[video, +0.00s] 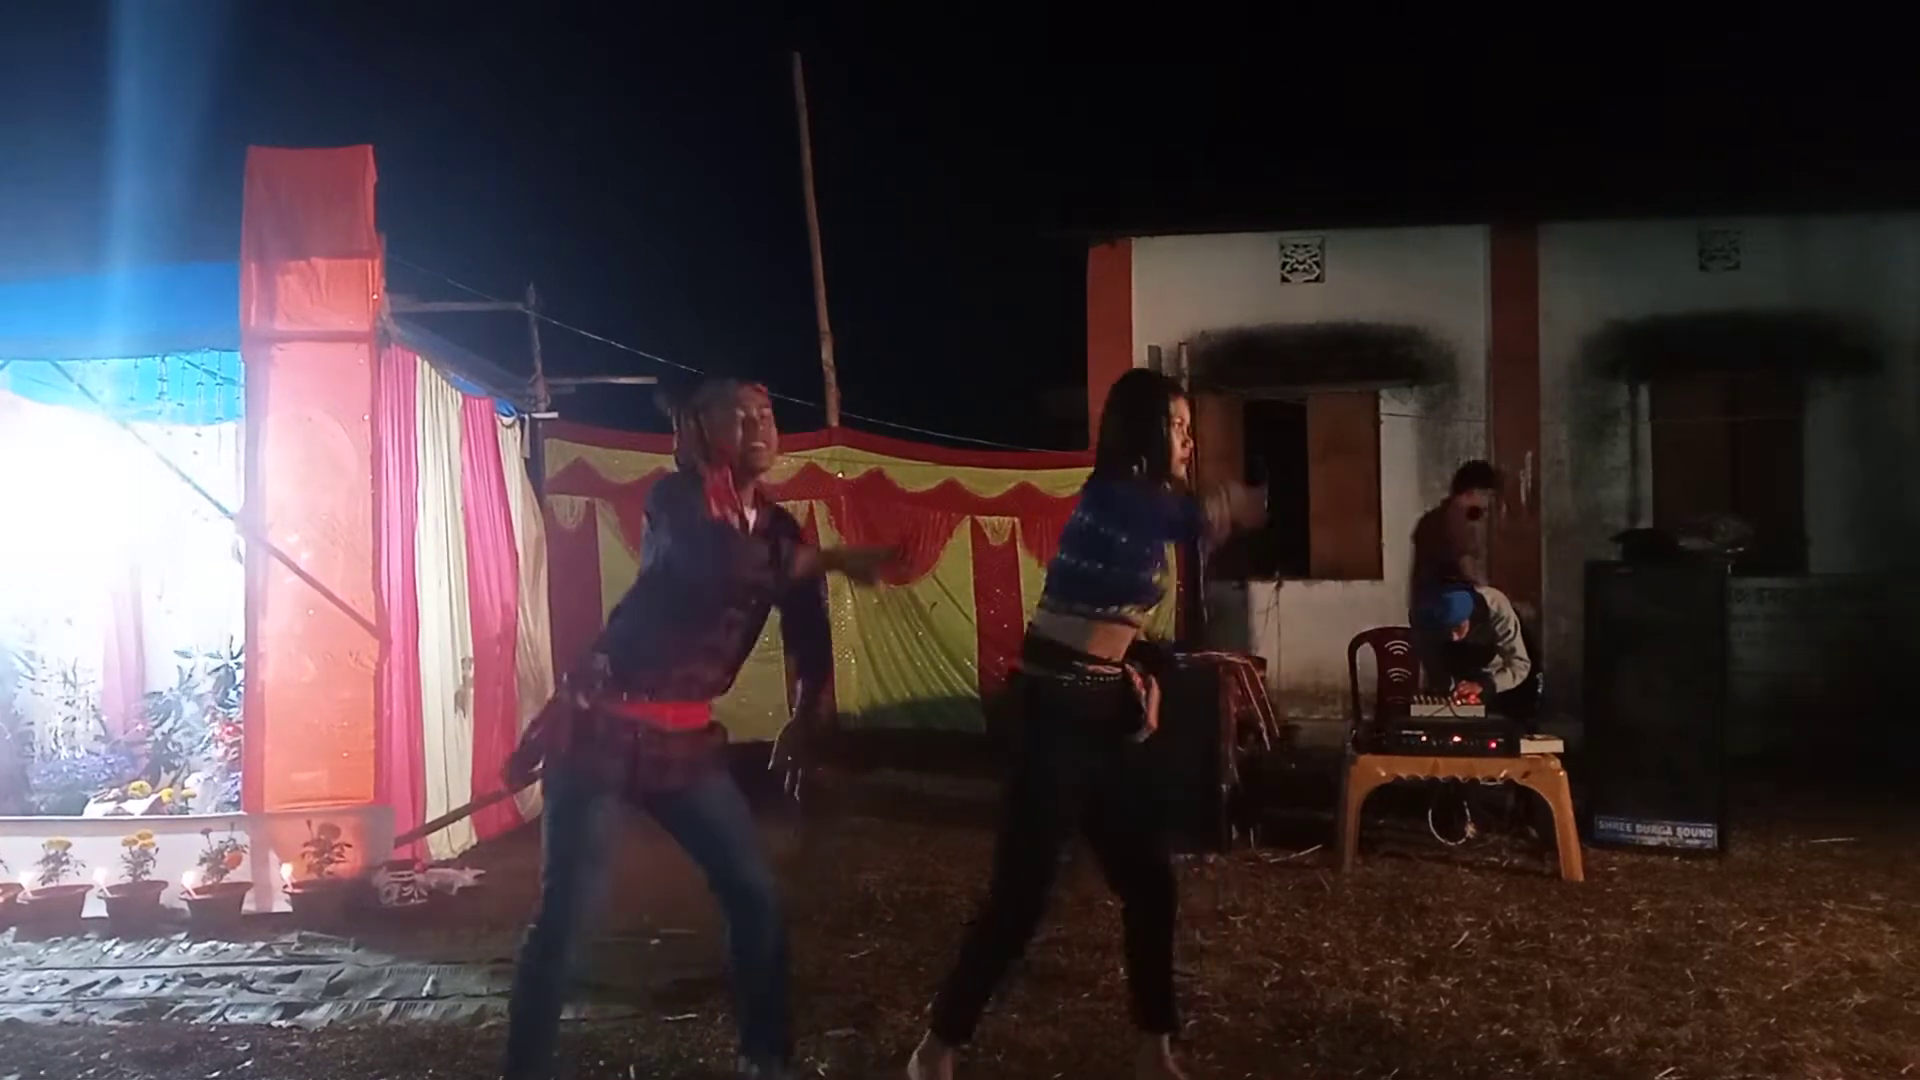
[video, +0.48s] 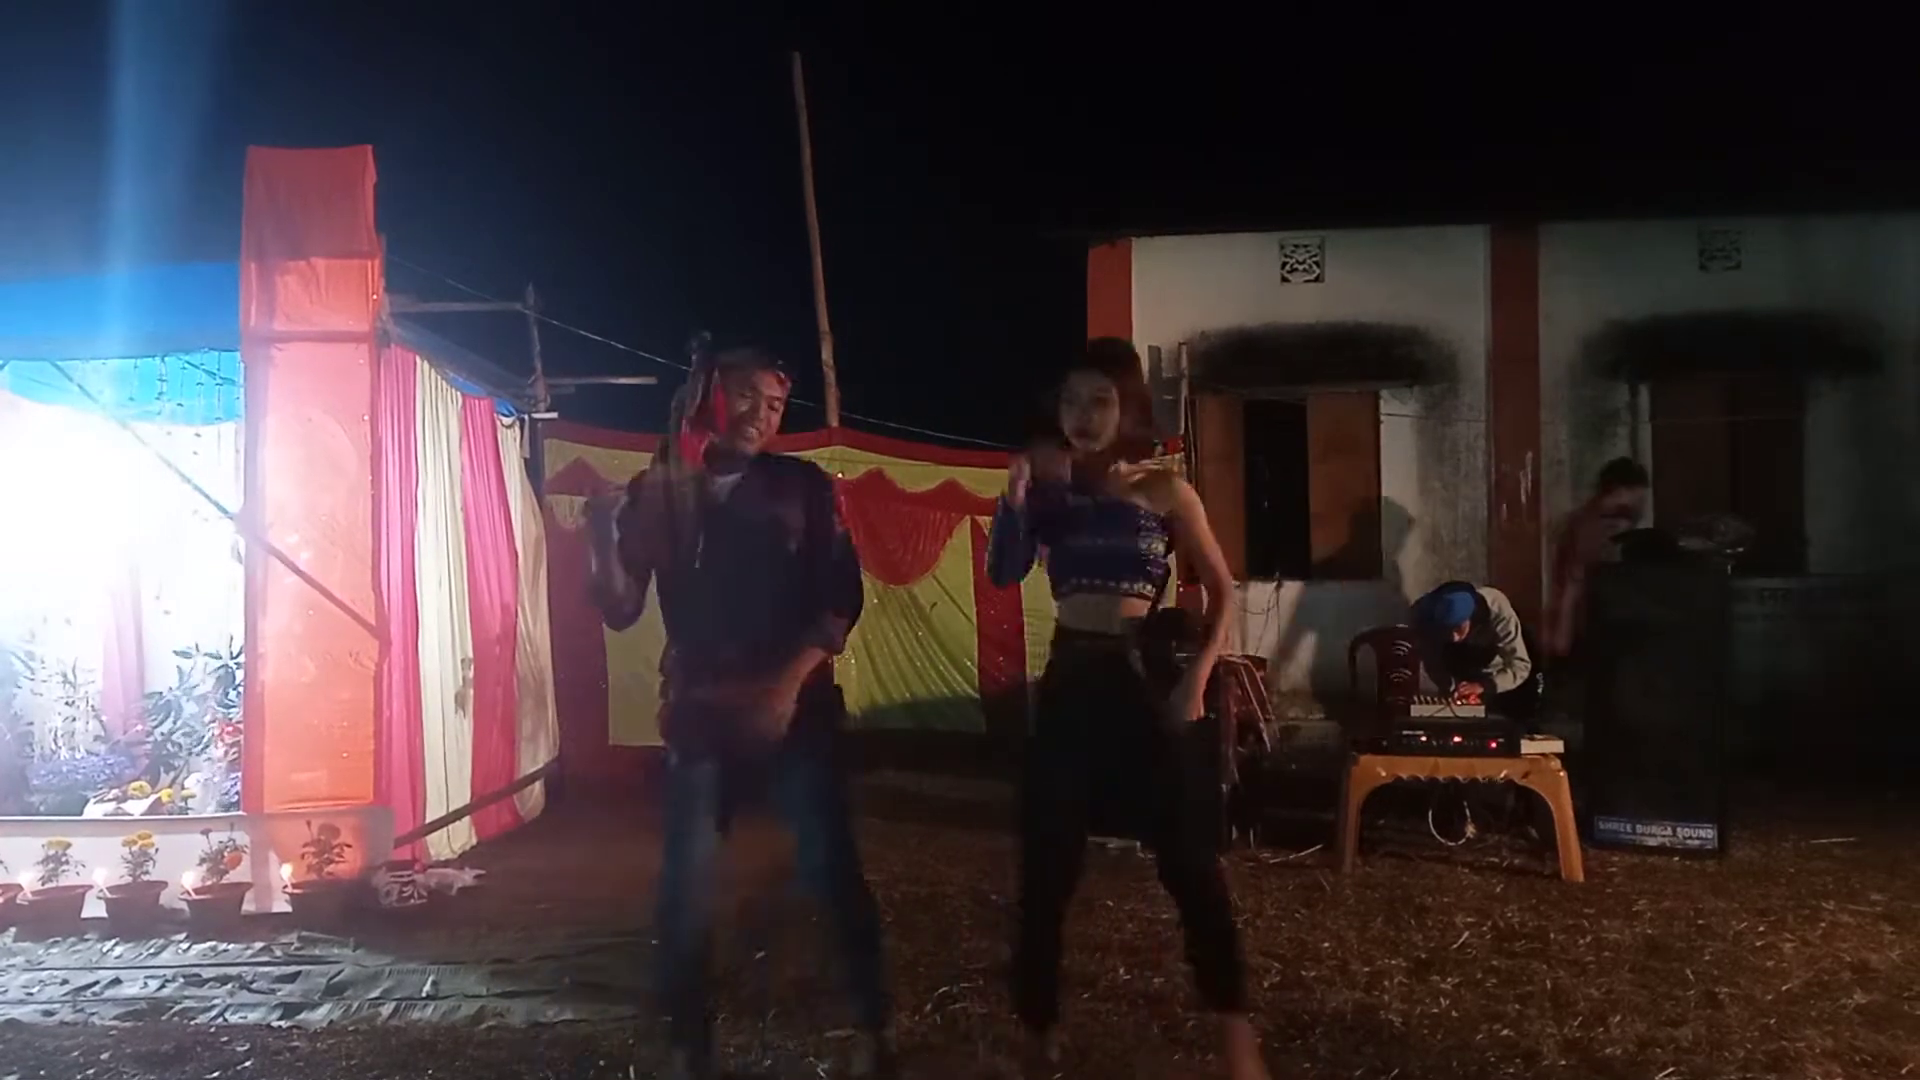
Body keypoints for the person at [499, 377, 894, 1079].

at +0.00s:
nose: (762, 429)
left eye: (767, 415)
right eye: (741, 416)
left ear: (778, 433)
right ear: (695, 432)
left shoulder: (781, 531)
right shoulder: (675, 496)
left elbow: (808, 642)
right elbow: (704, 564)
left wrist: (809, 735)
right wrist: (836, 560)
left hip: (684, 739)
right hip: (597, 732)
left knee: (756, 899)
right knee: (569, 915)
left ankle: (766, 1063)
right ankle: (528, 1067)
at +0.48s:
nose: (759, 414)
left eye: (772, 405)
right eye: (745, 398)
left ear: (780, 417)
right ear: (708, 400)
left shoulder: (804, 487)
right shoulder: (662, 491)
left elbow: (842, 600)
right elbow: (620, 609)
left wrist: (788, 681)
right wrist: (602, 533)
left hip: (796, 701)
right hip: (701, 706)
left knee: (829, 864)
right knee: (686, 879)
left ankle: (871, 1024)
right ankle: (688, 1042)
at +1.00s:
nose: (779, 455)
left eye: (790, 443)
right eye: (766, 440)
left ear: (798, 446)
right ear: (729, 437)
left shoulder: (822, 516)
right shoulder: (680, 520)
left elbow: (882, 604)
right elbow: (610, 601)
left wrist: (875, 688)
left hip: (838, 729)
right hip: (749, 741)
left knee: (896, 884)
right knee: (720, 908)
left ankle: (949, 1028)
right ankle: (703, 1059)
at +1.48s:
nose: (717, 436)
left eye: (741, 424)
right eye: (713, 423)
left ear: (771, 439)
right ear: (703, 428)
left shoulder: (790, 520)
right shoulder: (671, 500)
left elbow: (855, 613)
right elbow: (662, 586)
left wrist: (803, 546)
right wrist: (742, 549)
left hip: (738, 740)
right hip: (655, 737)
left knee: (765, 903)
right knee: (630, 903)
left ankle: (766, 1059)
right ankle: (569, 1058)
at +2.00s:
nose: (745, 479)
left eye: (753, 464)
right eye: (726, 462)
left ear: (763, 476)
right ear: (685, 472)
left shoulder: (767, 566)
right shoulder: (643, 569)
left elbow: (796, 659)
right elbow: (633, 694)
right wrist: (740, 691)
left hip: (714, 781)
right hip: (630, 780)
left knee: (771, 918)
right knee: (598, 943)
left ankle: (780, 1062)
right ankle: (536, 1066)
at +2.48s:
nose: (735, 496)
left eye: (748, 480)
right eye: (720, 479)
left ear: (760, 474)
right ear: (687, 471)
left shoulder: (783, 545)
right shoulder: (644, 553)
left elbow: (828, 631)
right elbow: (560, 628)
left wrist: (727, 638)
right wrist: (591, 646)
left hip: (803, 760)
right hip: (716, 773)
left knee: (864, 903)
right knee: (707, 928)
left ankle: (938, 1029)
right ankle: (732, 1064)